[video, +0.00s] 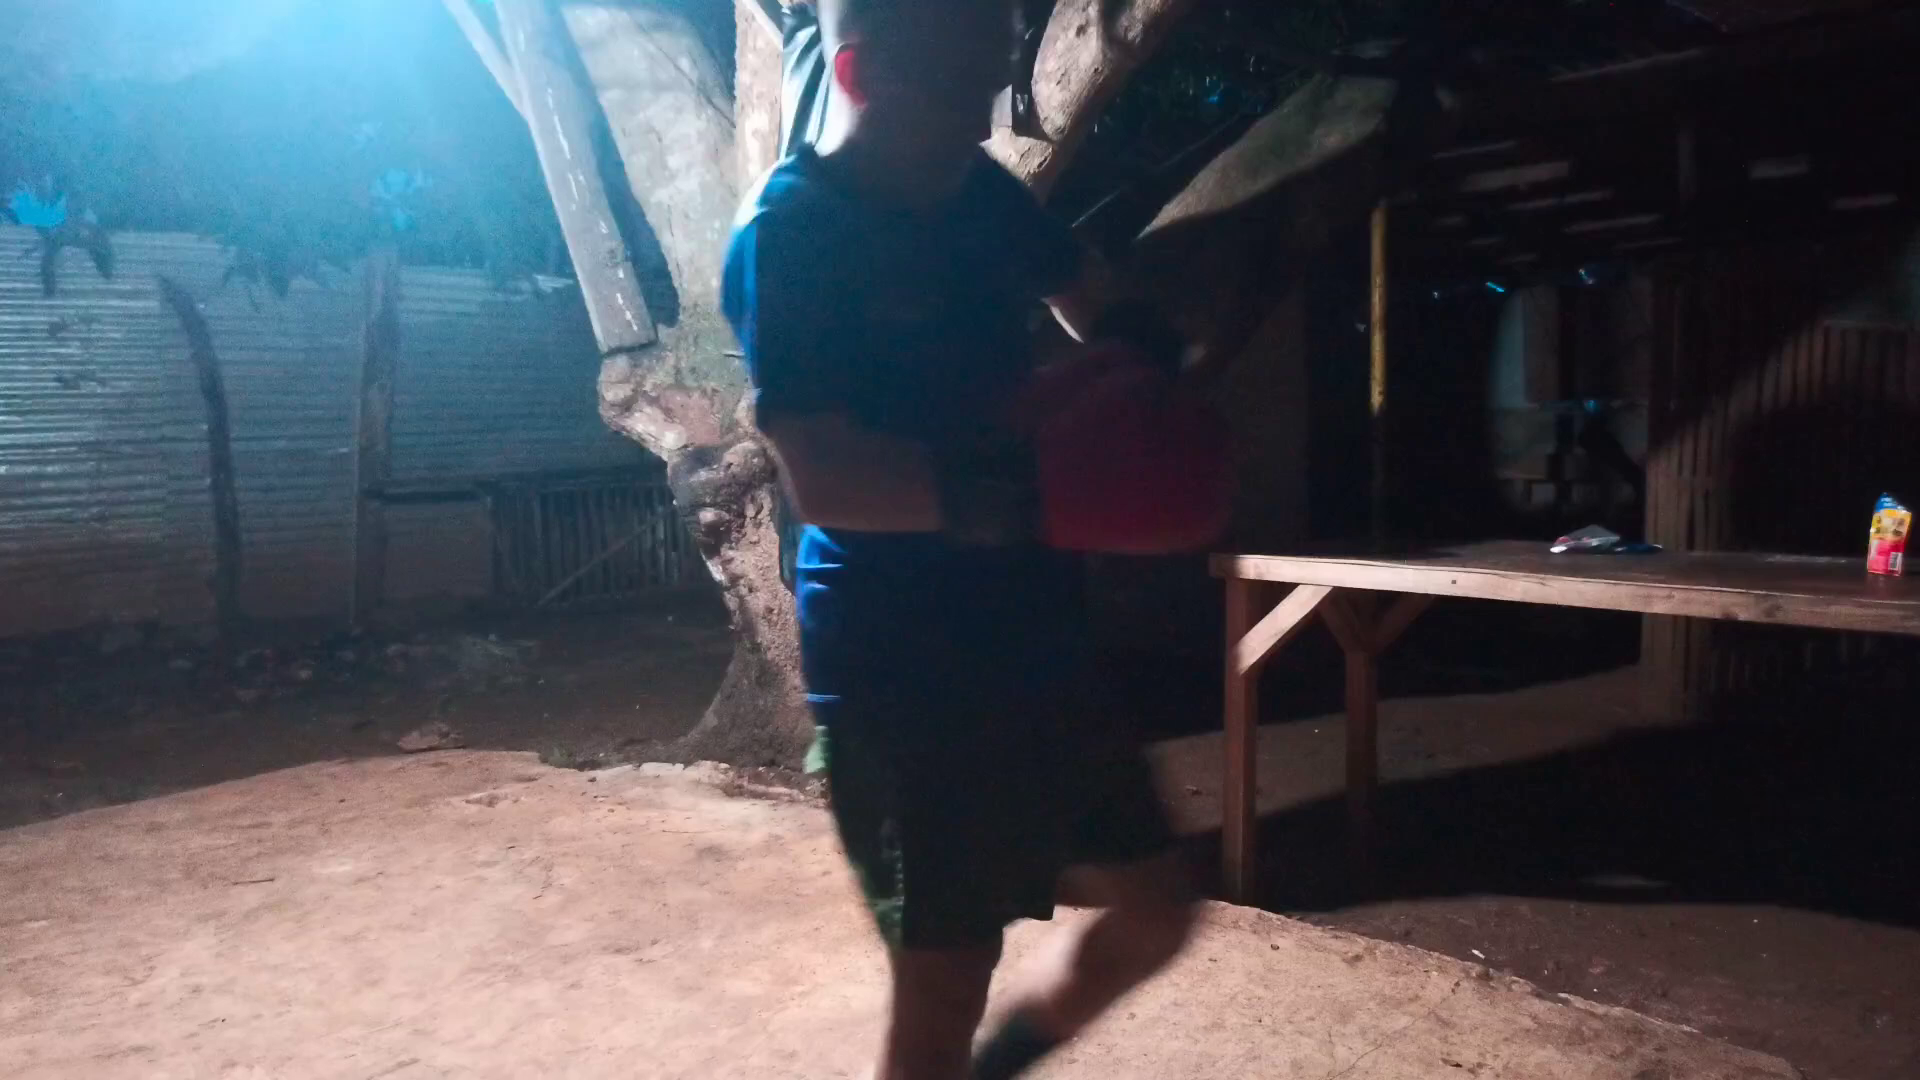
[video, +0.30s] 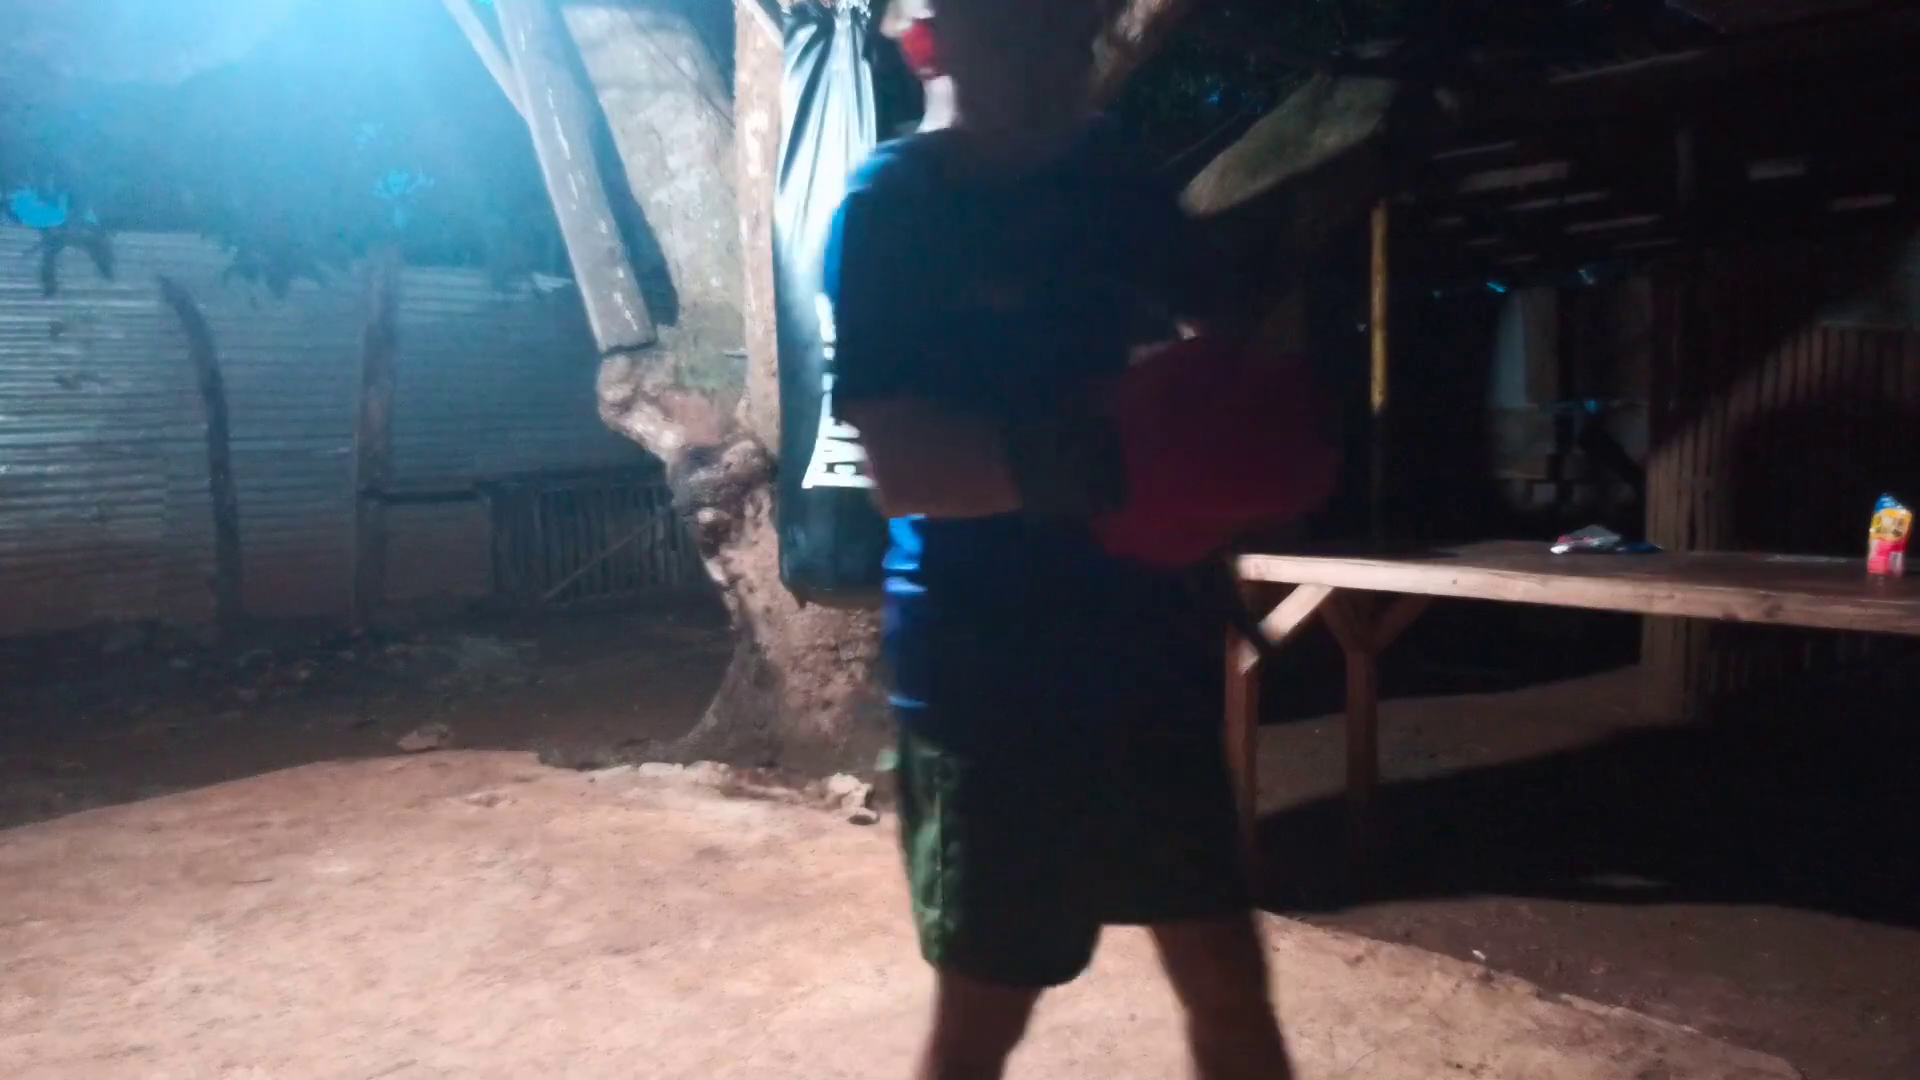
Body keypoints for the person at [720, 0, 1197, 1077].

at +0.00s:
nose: (990, 79)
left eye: (994, 54)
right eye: (957, 57)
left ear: (1006, 62)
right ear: (859, 71)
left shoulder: (983, 192)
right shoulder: (794, 229)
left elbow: (1107, 309)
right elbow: (821, 482)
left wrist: (1147, 376)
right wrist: (1033, 494)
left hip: (1024, 613)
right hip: (889, 644)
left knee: (1152, 911)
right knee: (942, 987)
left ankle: (991, 1058)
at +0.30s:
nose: (1051, 55)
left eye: (1068, 31)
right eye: (1015, 31)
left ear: (1096, 37)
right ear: (936, 40)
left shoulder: (1124, 177)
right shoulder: (897, 193)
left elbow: (1246, 345)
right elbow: (904, 468)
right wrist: (1117, 455)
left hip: (1148, 637)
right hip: (981, 657)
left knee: (1225, 977)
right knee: (979, 1014)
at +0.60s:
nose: (1167, 36)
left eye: (1202, 11)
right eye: (1133, 10)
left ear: (1250, 30)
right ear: (1080, 33)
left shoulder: (1301, 185)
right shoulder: (1030, 180)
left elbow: (1363, 400)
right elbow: (980, 429)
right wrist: (1154, 437)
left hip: (1258, 630)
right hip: (1077, 639)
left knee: (1295, 996)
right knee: (1099, 1014)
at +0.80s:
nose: (1188, 36)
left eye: (1224, 10)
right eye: (1155, 11)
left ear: (1278, 28)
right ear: (1111, 29)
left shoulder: (1343, 183)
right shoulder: (1058, 180)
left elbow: (1441, 399)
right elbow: (946, 421)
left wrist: (1338, 421)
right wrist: (1073, 413)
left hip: (1288, 648)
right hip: (1097, 652)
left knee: (1294, 997)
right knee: (1069, 1019)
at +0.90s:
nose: (1180, 42)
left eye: (1210, 14)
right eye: (1141, 16)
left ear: (1255, 25)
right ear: (1085, 33)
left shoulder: (1328, 175)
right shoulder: (1039, 193)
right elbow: (907, 419)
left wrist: (1478, 343)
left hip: (1278, 624)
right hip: (1096, 629)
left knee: (1292, 1008)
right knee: (1054, 1038)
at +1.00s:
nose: (1144, 44)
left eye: (1174, 14)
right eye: (1108, 16)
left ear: (1223, 25)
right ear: (1053, 38)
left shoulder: (1308, 175)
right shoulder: (1006, 197)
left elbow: (1470, 332)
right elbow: (871, 384)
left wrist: (1572, 321)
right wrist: (744, 434)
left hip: (1267, 643)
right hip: (1073, 653)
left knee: (1283, 1011)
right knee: (1050, 1042)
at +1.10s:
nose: (1090, 48)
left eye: (1119, 20)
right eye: (1052, 26)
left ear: (1166, 25)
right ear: (992, 34)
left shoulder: (1267, 172)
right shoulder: (936, 215)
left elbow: (1436, 329)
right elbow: (781, 416)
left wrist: (1588, 305)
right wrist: (648, 439)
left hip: (1234, 681)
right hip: (1033, 698)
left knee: (1275, 1027)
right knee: (1011, 1047)